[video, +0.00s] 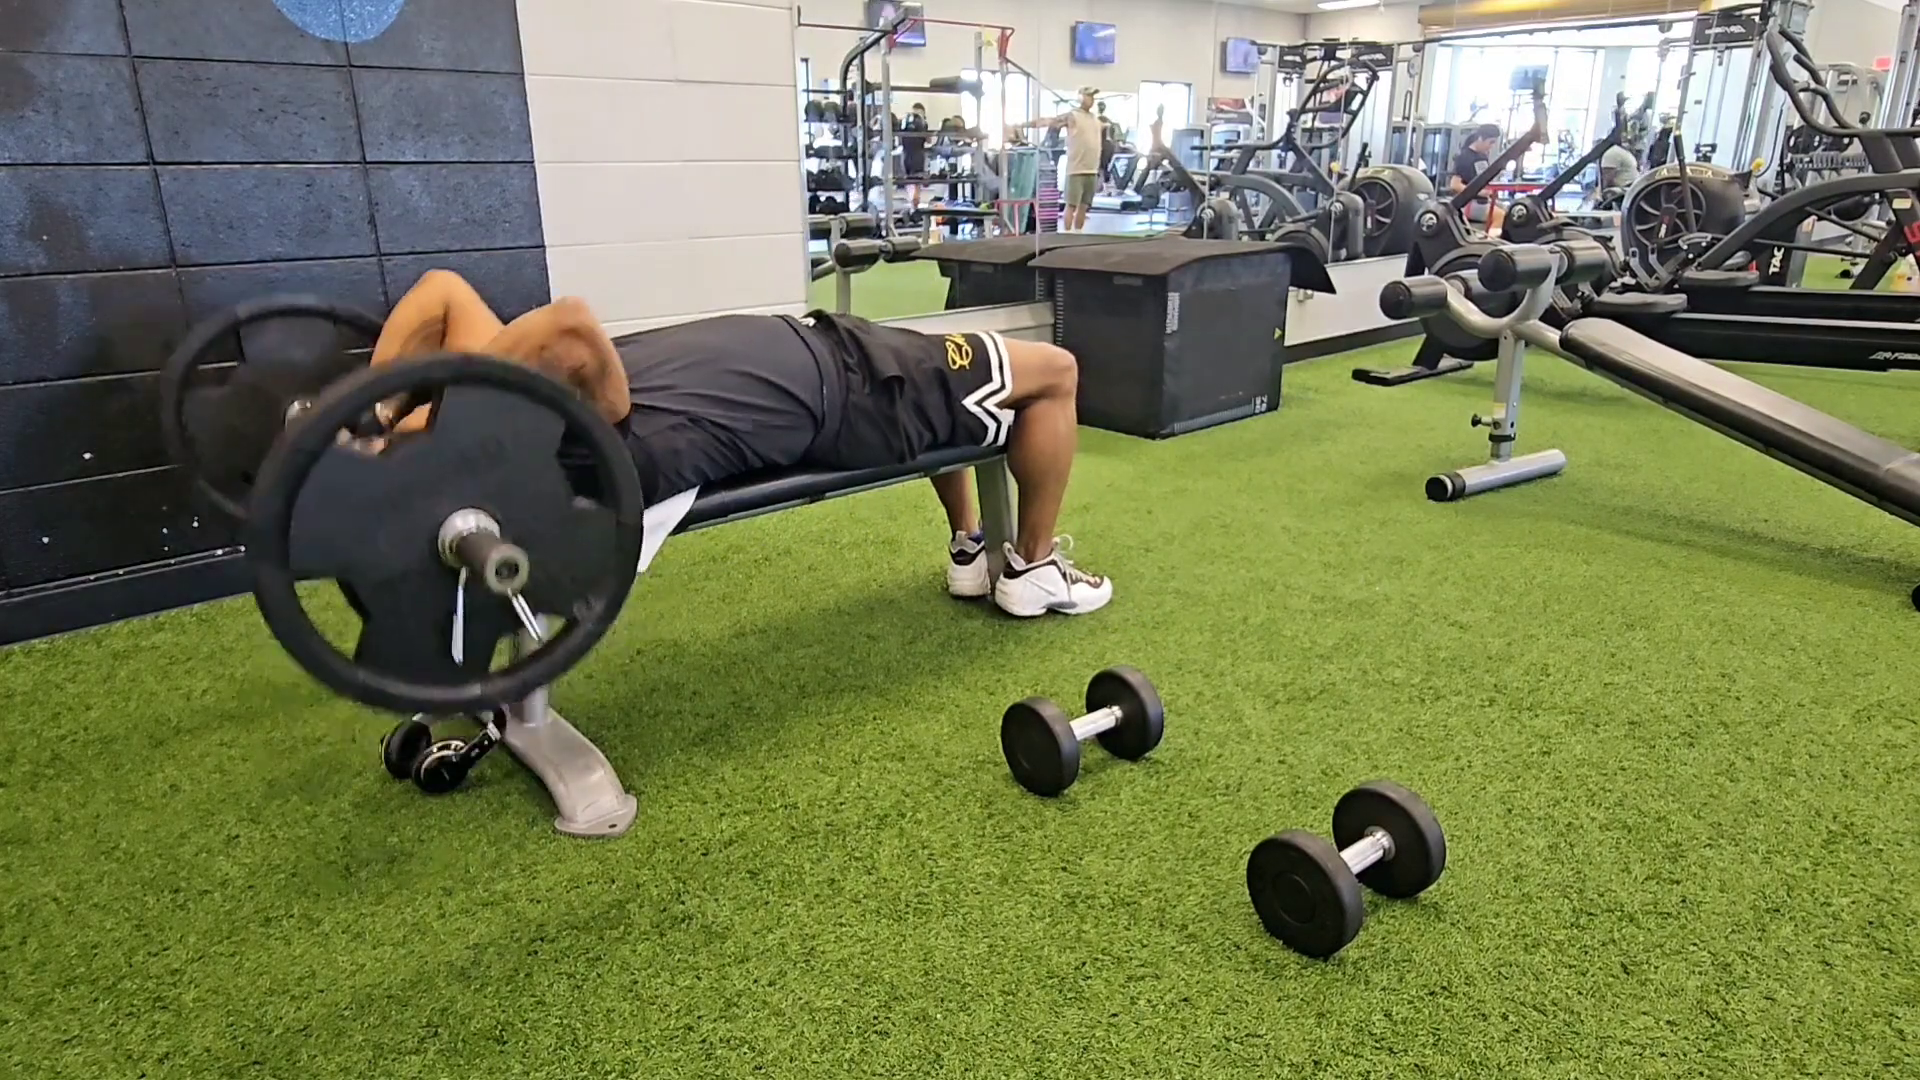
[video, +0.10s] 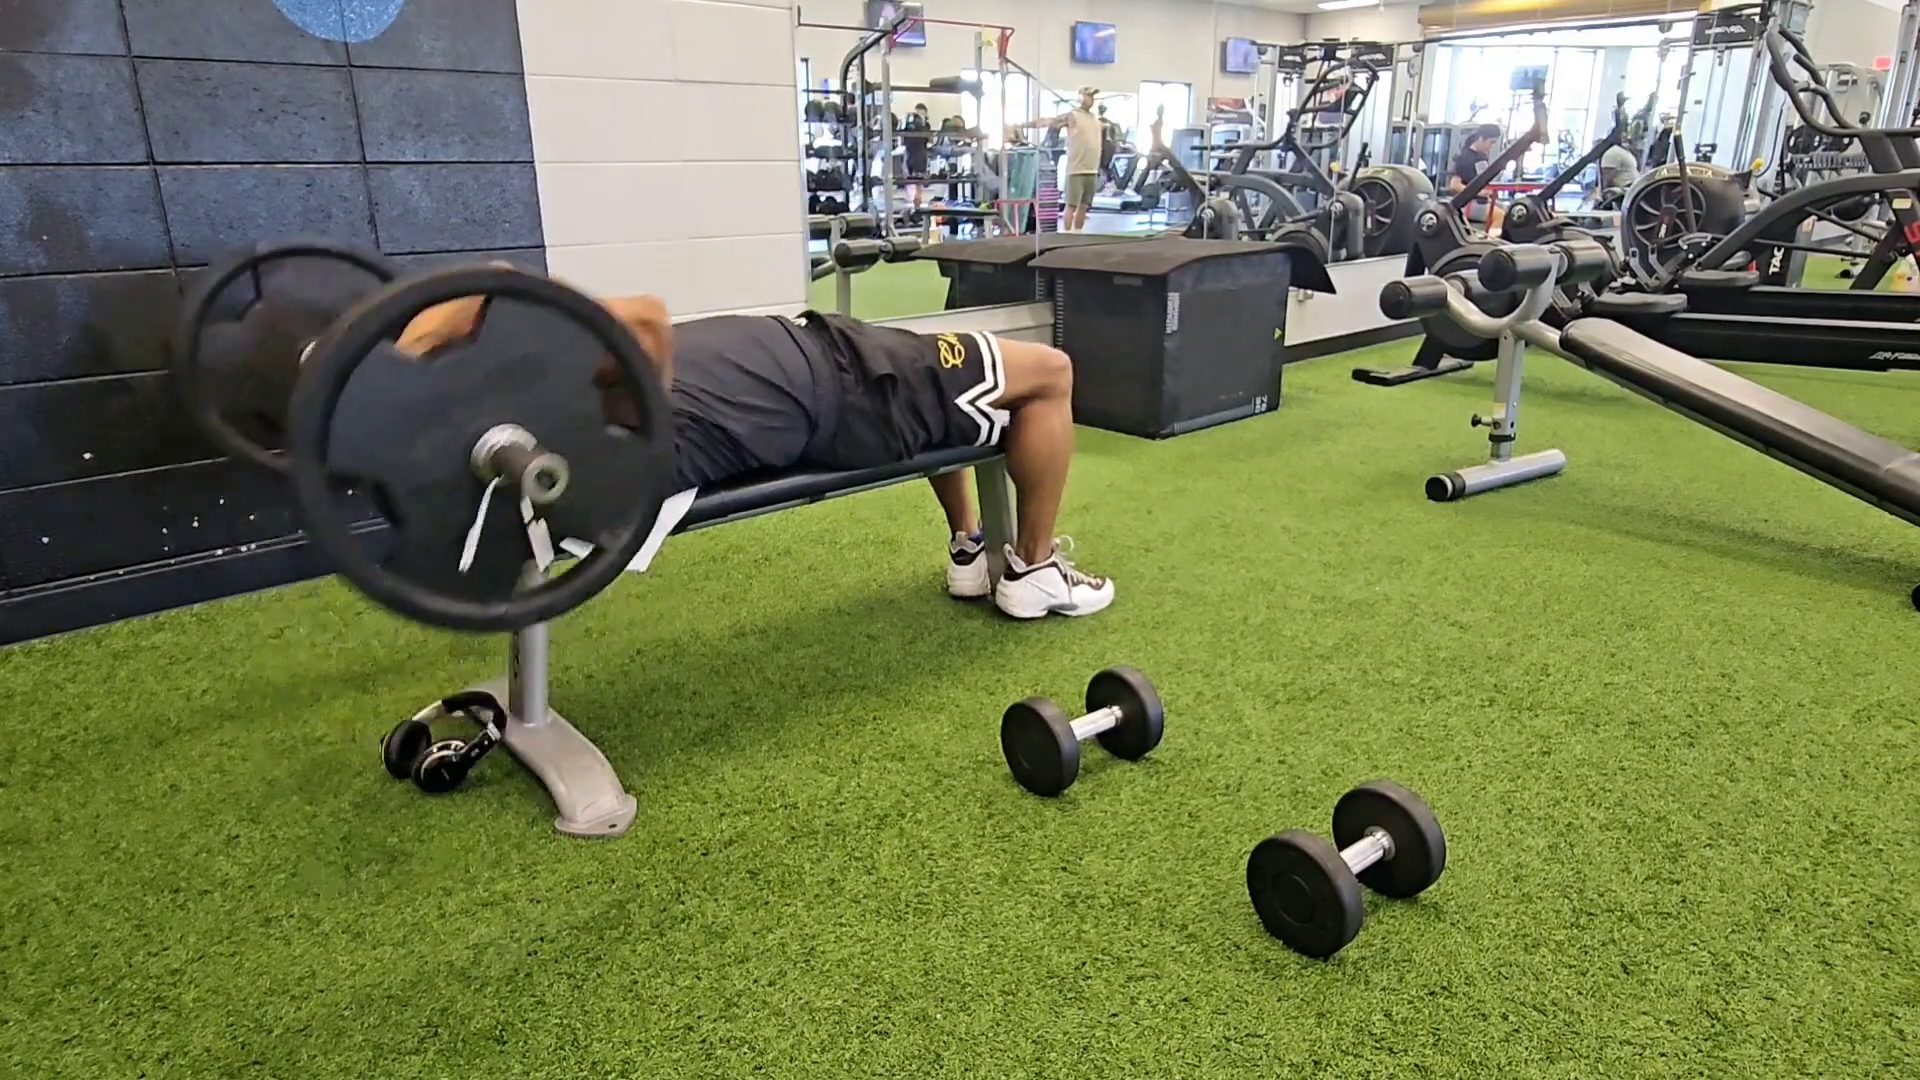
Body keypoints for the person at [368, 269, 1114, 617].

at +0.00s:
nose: (583, 363)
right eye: (575, 365)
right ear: (578, 411)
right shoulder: (620, 461)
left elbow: (438, 288)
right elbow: (570, 319)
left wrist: (383, 409)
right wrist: (452, 411)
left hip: (787, 340)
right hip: (852, 385)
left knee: (930, 354)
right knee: (1056, 371)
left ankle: (972, 543)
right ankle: (1037, 565)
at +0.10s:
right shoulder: (601, 451)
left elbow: (449, 303)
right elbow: (648, 317)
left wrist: (379, 366)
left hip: (764, 350)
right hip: (823, 388)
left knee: (920, 349)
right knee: (1048, 371)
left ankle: (971, 545)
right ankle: (1038, 568)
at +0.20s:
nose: (439, 415)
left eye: (420, 434)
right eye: (433, 437)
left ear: (429, 442)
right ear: (462, 474)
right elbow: (692, 378)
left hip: (760, 344)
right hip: (810, 384)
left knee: (924, 344)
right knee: (1049, 375)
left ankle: (972, 544)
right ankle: (1036, 567)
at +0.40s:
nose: (479, 383)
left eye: (458, 395)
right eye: (470, 410)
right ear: (507, 475)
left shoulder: (538, 405)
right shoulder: (606, 464)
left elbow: (594, 372)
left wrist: (576, 325)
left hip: (779, 367)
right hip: (837, 422)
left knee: (924, 344)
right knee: (1062, 377)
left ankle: (972, 546)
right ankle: (1038, 576)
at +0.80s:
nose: (475, 382)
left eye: (451, 397)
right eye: (462, 413)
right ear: (506, 477)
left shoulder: (541, 392)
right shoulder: (612, 458)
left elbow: (581, 308)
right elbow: (729, 369)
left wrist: (596, 207)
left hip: (804, 358)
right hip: (841, 400)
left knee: (928, 358)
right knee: (1059, 380)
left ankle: (971, 545)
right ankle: (1035, 574)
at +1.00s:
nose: (481, 382)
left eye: (453, 392)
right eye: (468, 408)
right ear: (506, 472)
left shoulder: (542, 382)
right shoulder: (619, 446)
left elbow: (596, 278)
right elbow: (733, 321)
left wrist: (596, 146)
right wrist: (700, 150)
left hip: (802, 346)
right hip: (842, 392)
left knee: (939, 368)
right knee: (1057, 380)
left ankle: (975, 548)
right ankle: (1034, 575)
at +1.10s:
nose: (482, 378)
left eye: (454, 389)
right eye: (465, 406)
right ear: (507, 478)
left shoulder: (554, 400)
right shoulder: (616, 459)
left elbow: (612, 321)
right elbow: (737, 406)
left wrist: (606, 221)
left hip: (793, 362)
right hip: (834, 405)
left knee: (926, 353)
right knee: (1060, 380)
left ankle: (972, 547)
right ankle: (1035, 573)